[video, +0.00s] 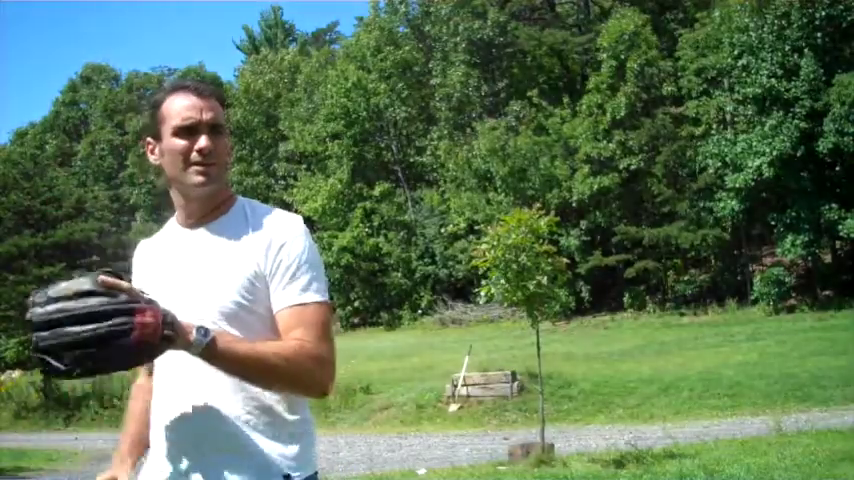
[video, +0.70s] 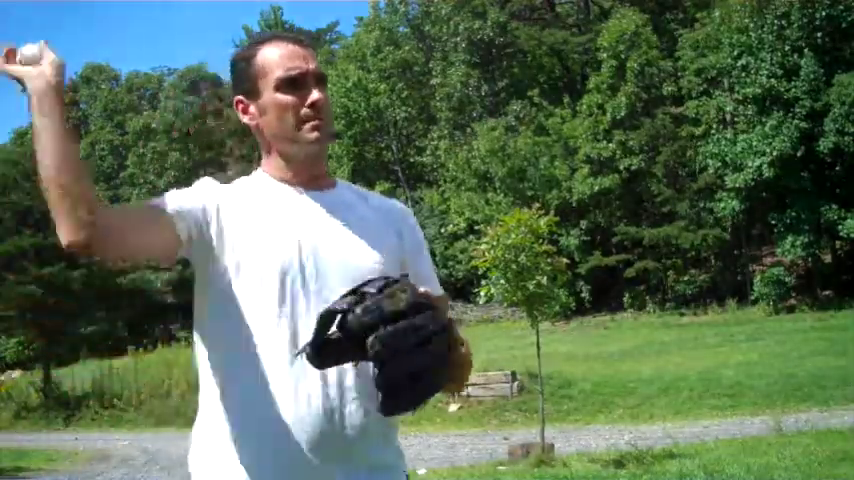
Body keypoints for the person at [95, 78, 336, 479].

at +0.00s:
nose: (205, 145)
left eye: (216, 131)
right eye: (187, 132)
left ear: (230, 144)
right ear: (154, 151)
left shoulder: (281, 233)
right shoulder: (150, 255)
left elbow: (316, 371)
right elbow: (150, 374)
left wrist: (187, 336)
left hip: (268, 467)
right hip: (169, 467)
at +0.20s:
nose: (219, 138)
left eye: (230, 125)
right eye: (200, 125)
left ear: (242, 138)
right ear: (165, 144)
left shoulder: (293, 225)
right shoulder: (166, 250)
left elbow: (345, 352)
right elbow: (170, 366)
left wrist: (214, 294)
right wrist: (91, 460)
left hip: (283, 467)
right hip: (181, 468)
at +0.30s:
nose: (232, 128)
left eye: (241, 115)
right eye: (212, 116)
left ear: (254, 129)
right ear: (177, 138)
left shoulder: (307, 218)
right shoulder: (174, 241)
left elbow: (376, 346)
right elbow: (156, 364)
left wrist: (247, 285)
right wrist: (57, 409)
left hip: (295, 468)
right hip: (190, 468)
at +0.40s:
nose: (252, 120)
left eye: (261, 108)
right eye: (232, 108)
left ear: (272, 123)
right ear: (193, 130)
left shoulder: (327, 214)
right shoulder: (185, 237)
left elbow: (411, 344)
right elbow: (139, 344)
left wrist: (295, 290)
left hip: (315, 465)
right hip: (204, 466)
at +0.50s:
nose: (275, 111)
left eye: (281, 98)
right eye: (254, 98)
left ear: (290, 111)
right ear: (212, 121)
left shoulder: (354, 213)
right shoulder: (190, 230)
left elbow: (445, 352)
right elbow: (98, 321)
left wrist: (352, 301)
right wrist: (9, 279)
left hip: (335, 465)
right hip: (220, 465)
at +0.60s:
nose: (297, 101)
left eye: (302, 88)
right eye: (274, 90)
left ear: (311, 103)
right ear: (231, 115)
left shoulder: (382, 215)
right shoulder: (197, 226)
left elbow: (459, 366)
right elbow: (55, 289)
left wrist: (402, 318)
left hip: (357, 465)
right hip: (235, 466)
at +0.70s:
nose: (318, 97)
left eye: (320, 82)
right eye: (295, 86)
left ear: (329, 93)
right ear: (251, 112)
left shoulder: (394, 221)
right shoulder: (215, 209)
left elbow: (455, 373)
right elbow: (84, 231)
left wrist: (437, 335)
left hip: (370, 465)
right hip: (245, 467)